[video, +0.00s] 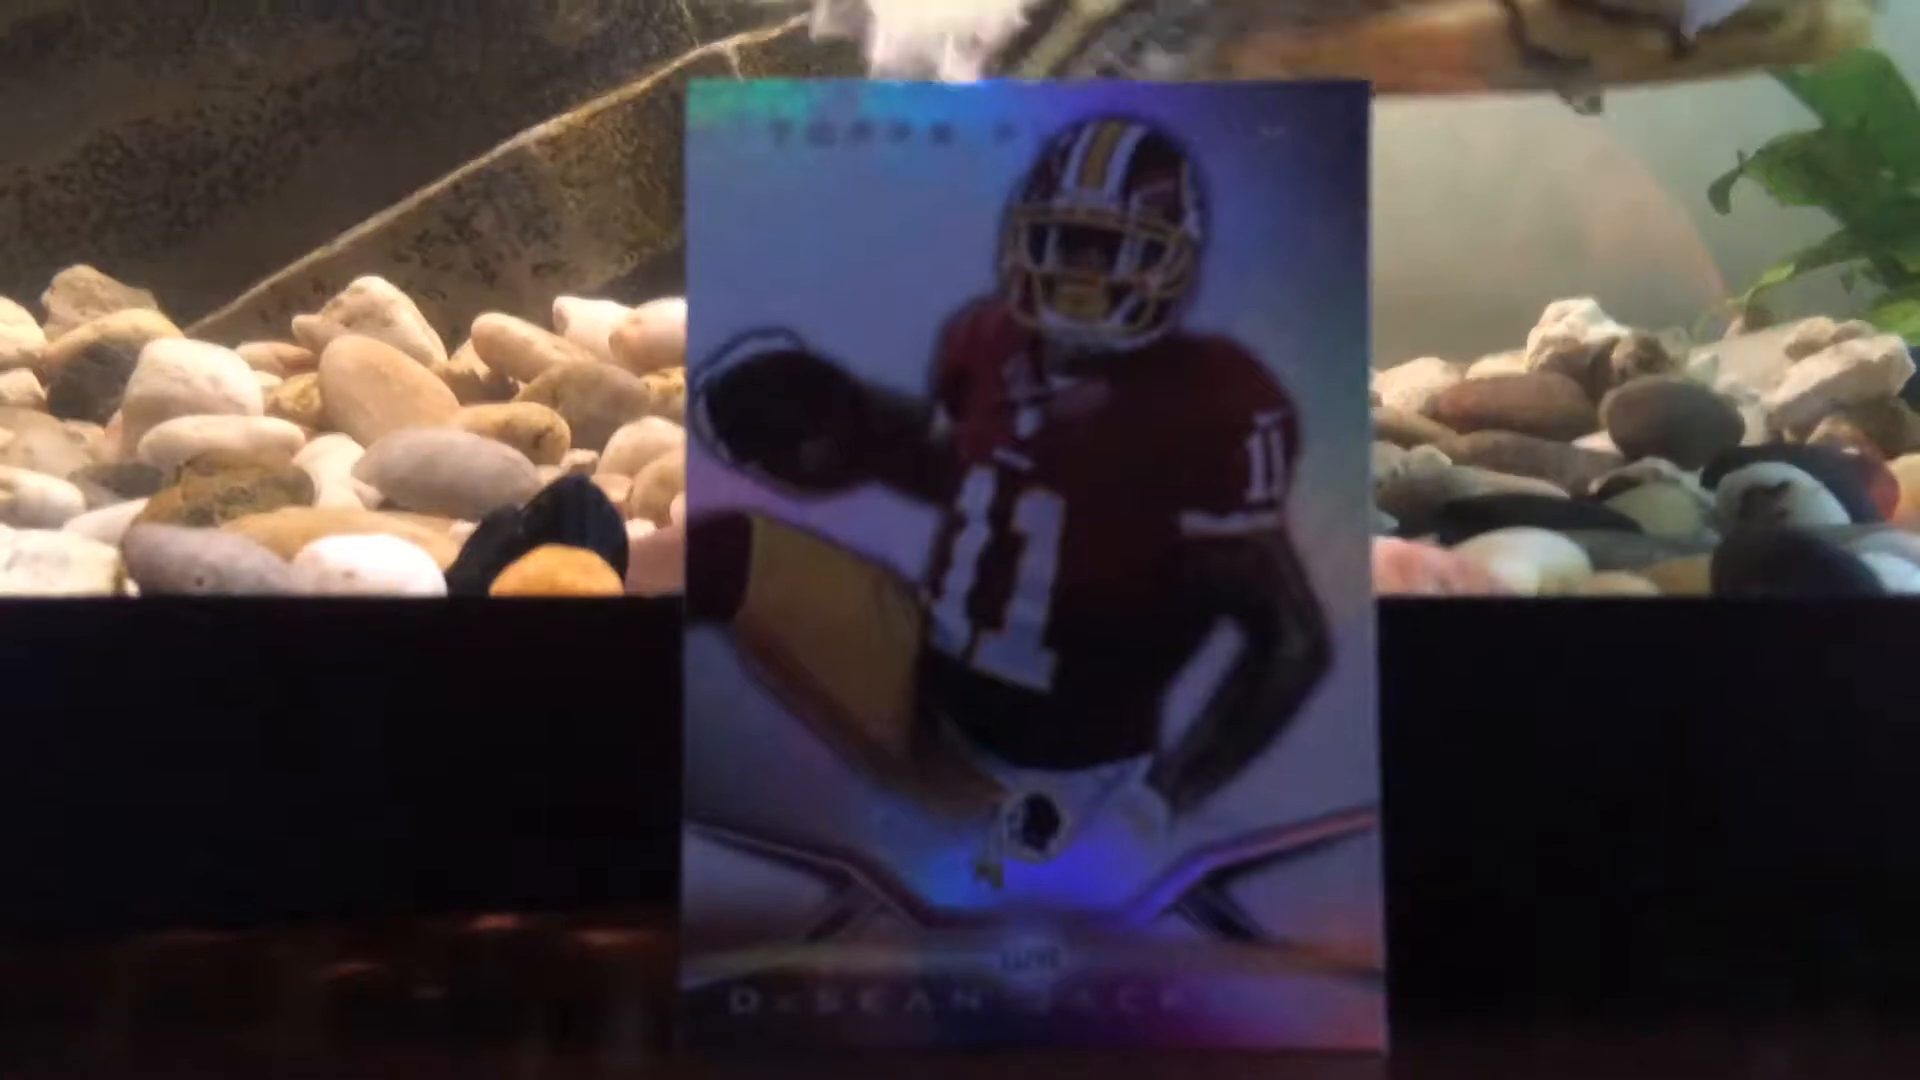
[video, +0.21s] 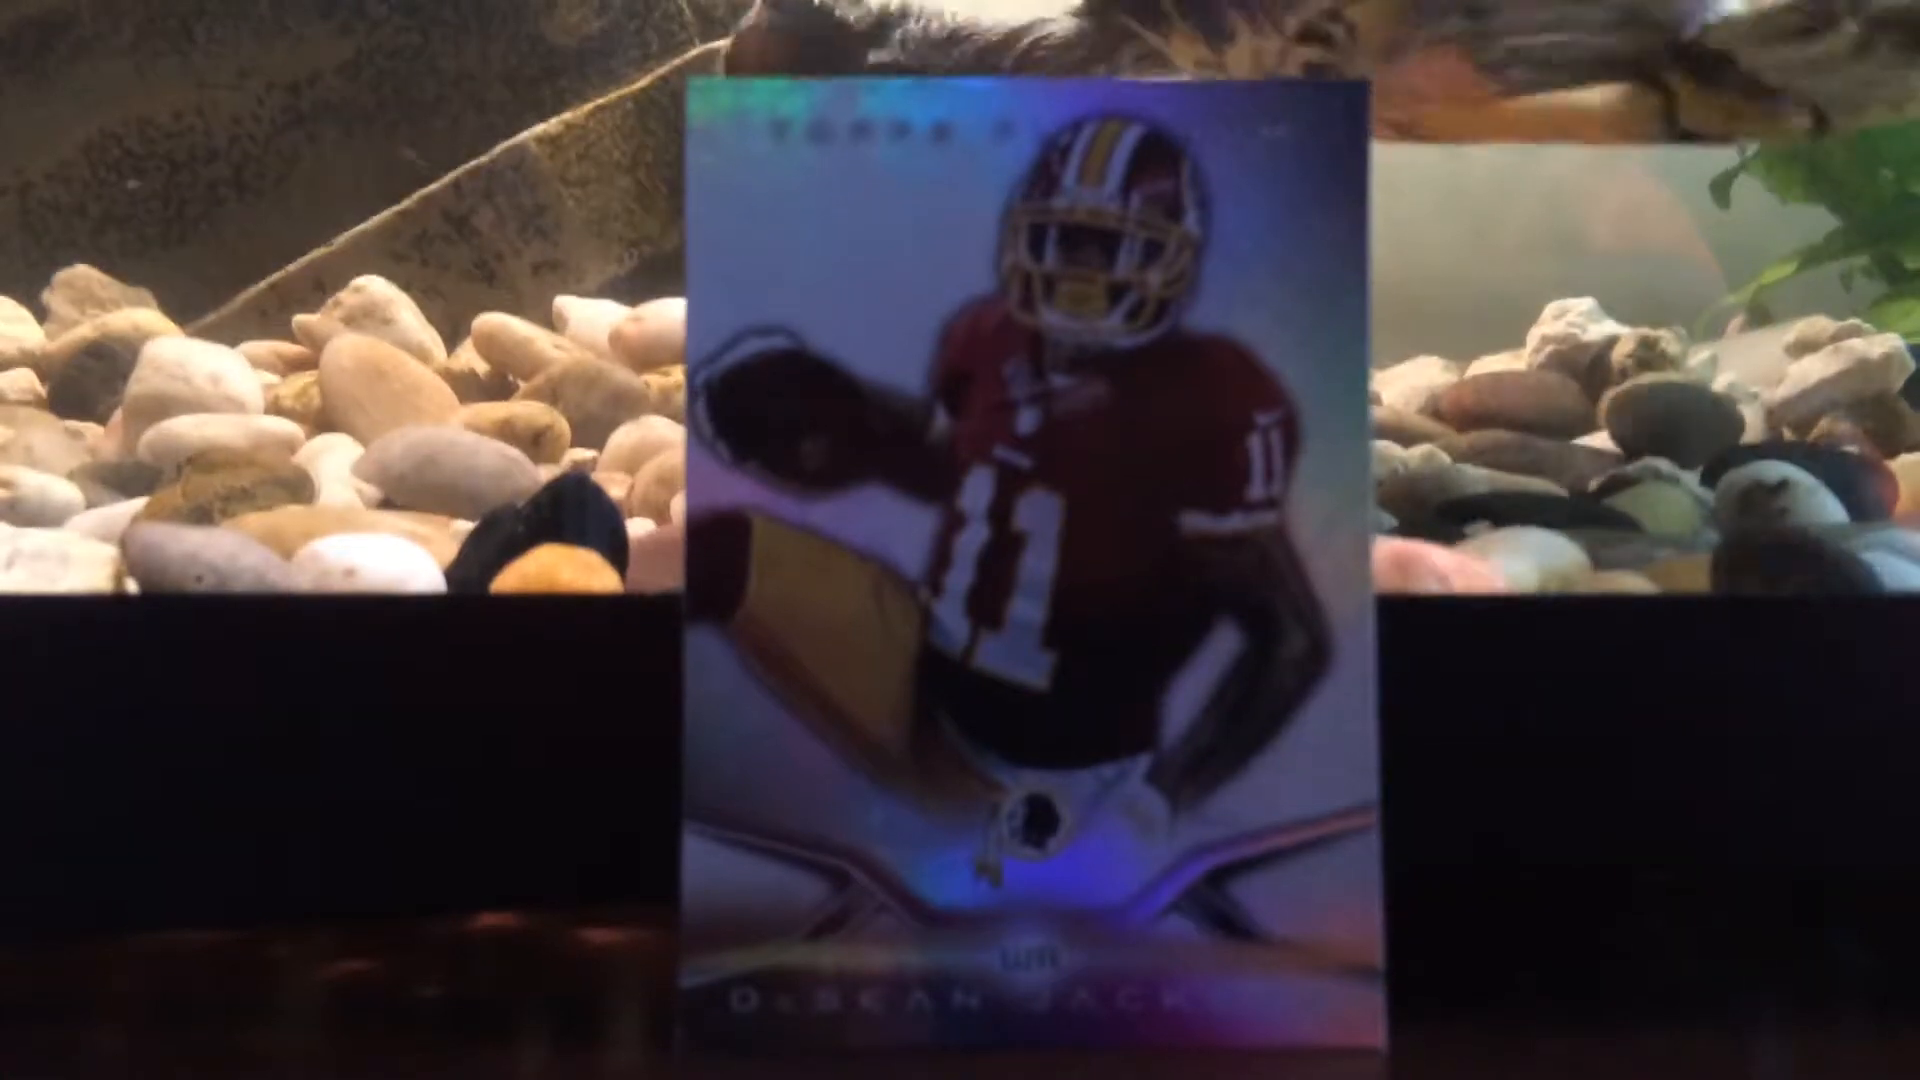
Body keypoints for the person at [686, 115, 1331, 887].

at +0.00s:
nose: (1083, 277)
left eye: (1118, 252)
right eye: (1064, 244)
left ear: (1176, 264)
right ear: (1023, 244)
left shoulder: (1217, 405)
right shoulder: (982, 344)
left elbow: (1292, 644)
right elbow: (964, 472)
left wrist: (1159, 802)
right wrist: (857, 429)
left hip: (1077, 772)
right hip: (930, 693)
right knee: (720, 552)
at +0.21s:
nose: (1081, 275)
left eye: (1115, 250)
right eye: (1061, 242)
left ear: (1176, 261)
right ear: (1021, 242)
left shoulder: (1216, 404)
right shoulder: (982, 342)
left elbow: (1293, 643)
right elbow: (962, 475)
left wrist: (1160, 801)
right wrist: (859, 433)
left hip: (1079, 770)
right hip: (931, 692)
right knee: (717, 552)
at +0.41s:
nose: (1081, 274)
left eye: (1116, 248)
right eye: (1062, 241)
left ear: (1175, 260)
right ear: (1022, 242)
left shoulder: (1216, 402)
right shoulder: (982, 341)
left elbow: (1293, 641)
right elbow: (960, 472)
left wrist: (1159, 800)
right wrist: (857, 431)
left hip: (1081, 767)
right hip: (931, 690)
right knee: (717, 550)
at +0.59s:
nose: (1082, 272)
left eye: (1116, 247)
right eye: (1063, 239)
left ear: (1175, 259)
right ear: (1022, 240)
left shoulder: (1217, 401)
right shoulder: (981, 341)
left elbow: (1293, 642)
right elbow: (961, 472)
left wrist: (1160, 799)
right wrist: (857, 432)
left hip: (1081, 768)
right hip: (932, 695)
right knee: (718, 550)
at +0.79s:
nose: (1081, 271)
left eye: (1115, 246)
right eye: (1062, 238)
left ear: (1175, 258)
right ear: (1023, 239)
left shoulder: (1218, 399)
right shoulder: (981, 339)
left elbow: (1293, 640)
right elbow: (962, 470)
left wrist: (1159, 799)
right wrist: (856, 427)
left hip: (1081, 766)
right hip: (932, 693)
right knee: (718, 549)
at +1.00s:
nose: (1081, 270)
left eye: (1115, 244)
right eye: (1063, 237)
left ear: (1175, 256)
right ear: (1022, 238)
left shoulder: (1218, 398)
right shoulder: (982, 338)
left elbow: (1293, 640)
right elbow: (960, 468)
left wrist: (1159, 797)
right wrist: (854, 425)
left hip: (1082, 764)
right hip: (932, 691)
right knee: (718, 547)